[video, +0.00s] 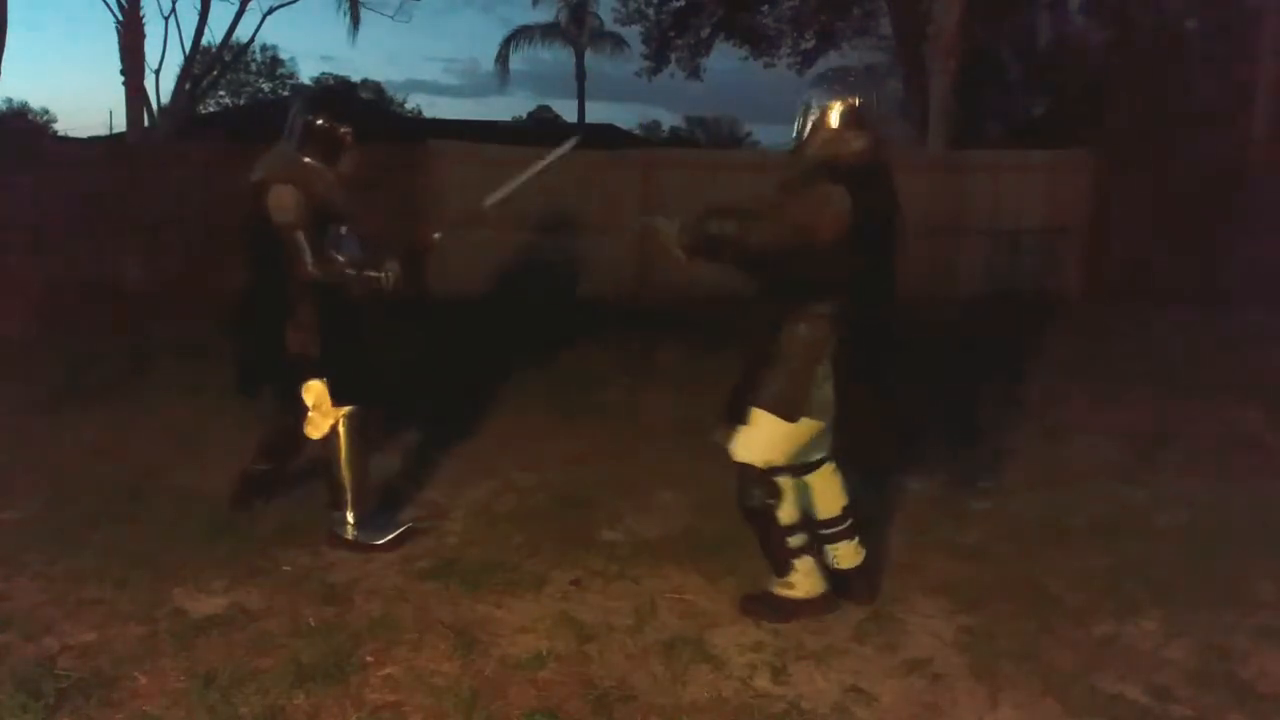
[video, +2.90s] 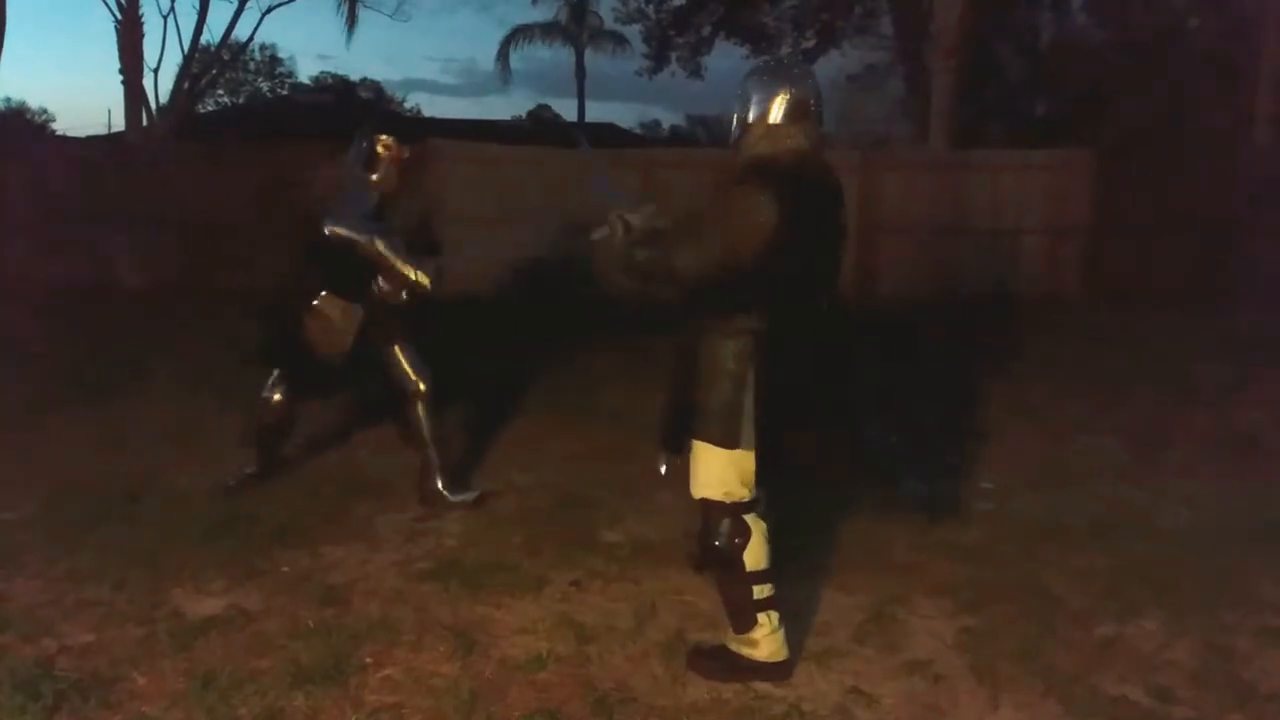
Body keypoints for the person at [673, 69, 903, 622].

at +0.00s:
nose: (806, 136)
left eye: (818, 125)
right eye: (812, 125)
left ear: (846, 134)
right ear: (854, 136)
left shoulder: (838, 190)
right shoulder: (861, 184)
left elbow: (785, 244)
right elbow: (785, 233)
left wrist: (706, 237)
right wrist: (722, 229)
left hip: (813, 339)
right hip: (836, 335)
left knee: (756, 463)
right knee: (812, 453)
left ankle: (802, 584)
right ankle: (847, 563)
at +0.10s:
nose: (795, 147)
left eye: (803, 137)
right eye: (802, 137)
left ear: (818, 140)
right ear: (851, 143)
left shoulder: (824, 190)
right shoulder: (852, 188)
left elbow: (760, 236)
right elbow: (765, 229)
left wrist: (691, 225)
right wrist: (702, 222)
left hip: (799, 337)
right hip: (827, 335)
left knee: (732, 455)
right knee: (800, 455)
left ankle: (736, 597)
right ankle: (843, 567)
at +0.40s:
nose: (751, 145)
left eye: (763, 133)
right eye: (760, 133)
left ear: (782, 141)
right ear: (788, 142)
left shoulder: (779, 202)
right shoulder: (782, 191)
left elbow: (711, 263)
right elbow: (708, 238)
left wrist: (635, 268)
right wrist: (633, 230)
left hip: (735, 348)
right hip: (760, 342)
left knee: (666, 477)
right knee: (748, 463)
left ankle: (681, 613)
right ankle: (829, 552)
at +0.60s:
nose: (711, 132)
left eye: (719, 120)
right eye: (718, 120)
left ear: (733, 125)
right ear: (769, 129)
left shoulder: (736, 193)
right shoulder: (773, 183)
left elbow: (673, 257)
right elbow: (678, 212)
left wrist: (600, 239)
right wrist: (610, 198)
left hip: (710, 345)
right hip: (746, 337)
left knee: (661, 486)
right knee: (708, 442)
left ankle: (678, 612)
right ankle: (743, 526)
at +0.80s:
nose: (695, 132)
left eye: (706, 122)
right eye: (700, 121)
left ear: (724, 125)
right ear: (743, 126)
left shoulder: (731, 188)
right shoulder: (726, 178)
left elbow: (658, 246)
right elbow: (645, 171)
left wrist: (596, 211)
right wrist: (577, 147)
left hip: (706, 341)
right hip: (694, 335)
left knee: (666, 475)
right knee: (667, 464)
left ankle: (681, 607)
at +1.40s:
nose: (693, 125)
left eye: (702, 115)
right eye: (698, 115)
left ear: (722, 119)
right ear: (751, 122)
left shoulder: (725, 185)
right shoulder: (746, 179)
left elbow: (673, 244)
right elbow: (671, 226)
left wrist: (597, 238)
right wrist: (602, 224)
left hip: (698, 345)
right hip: (711, 340)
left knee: (659, 475)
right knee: (673, 470)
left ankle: (682, 609)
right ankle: (684, 603)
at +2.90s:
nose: (739, 128)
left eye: (747, 117)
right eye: (745, 117)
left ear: (762, 120)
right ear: (804, 121)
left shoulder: (765, 187)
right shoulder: (814, 183)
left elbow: (706, 257)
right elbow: (727, 246)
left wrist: (633, 254)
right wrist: (662, 236)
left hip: (747, 353)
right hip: (784, 345)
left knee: (728, 499)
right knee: (748, 472)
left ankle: (759, 644)